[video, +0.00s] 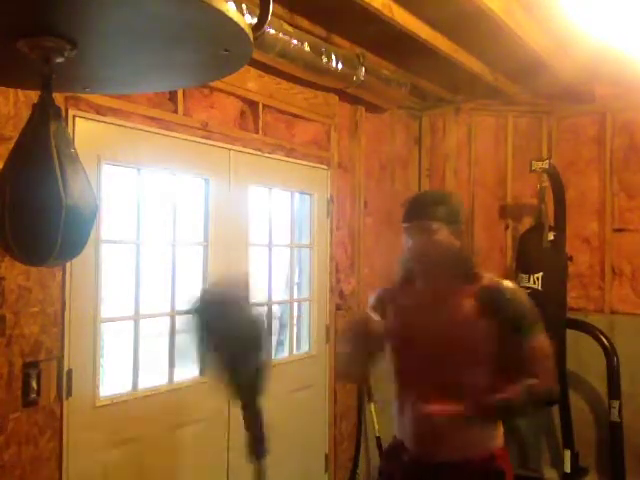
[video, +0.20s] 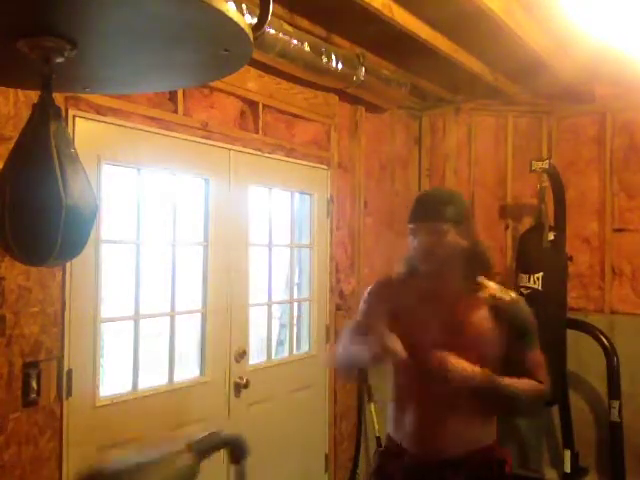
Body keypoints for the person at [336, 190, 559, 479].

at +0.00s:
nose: (419, 245)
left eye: (430, 232)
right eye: (412, 234)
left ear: (457, 235)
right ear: (404, 239)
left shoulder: (501, 300)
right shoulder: (391, 303)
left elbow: (545, 383)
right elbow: (352, 372)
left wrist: (486, 406)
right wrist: (356, 344)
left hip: (479, 463)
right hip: (412, 462)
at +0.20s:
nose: (423, 245)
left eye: (436, 234)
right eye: (415, 234)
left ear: (463, 237)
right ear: (408, 238)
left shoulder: (504, 306)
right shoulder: (386, 296)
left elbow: (540, 390)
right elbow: (343, 356)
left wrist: (475, 376)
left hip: (475, 464)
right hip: (403, 463)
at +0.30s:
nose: (417, 246)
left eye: (430, 234)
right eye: (409, 234)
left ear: (456, 236)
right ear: (401, 239)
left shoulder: (494, 302)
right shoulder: (382, 301)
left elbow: (527, 385)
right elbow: (359, 376)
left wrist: (452, 351)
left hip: (470, 462)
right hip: (401, 463)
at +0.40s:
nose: (401, 243)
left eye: (414, 232)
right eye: (396, 232)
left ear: (443, 236)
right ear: (391, 238)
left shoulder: (477, 293)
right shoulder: (387, 299)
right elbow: (378, 372)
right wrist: (373, 422)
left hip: (470, 459)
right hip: (408, 459)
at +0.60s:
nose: (395, 248)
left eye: (407, 236)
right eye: (393, 237)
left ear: (436, 239)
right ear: (389, 241)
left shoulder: (465, 290)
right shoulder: (402, 307)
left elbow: (452, 355)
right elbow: (412, 389)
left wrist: (368, 368)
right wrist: (369, 395)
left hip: (470, 462)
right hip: (418, 458)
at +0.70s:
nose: (408, 247)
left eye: (422, 235)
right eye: (404, 235)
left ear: (450, 239)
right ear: (399, 240)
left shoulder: (485, 297)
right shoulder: (404, 306)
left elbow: (532, 377)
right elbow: (400, 379)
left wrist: (447, 398)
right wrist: (372, 371)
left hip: (477, 462)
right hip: (417, 459)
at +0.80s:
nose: (424, 244)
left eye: (437, 232)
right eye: (418, 233)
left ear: (464, 237)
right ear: (410, 237)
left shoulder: (505, 303)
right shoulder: (393, 300)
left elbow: (548, 388)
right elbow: (348, 356)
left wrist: (476, 410)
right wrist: (338, 335)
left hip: (479, 462)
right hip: (414, 461)